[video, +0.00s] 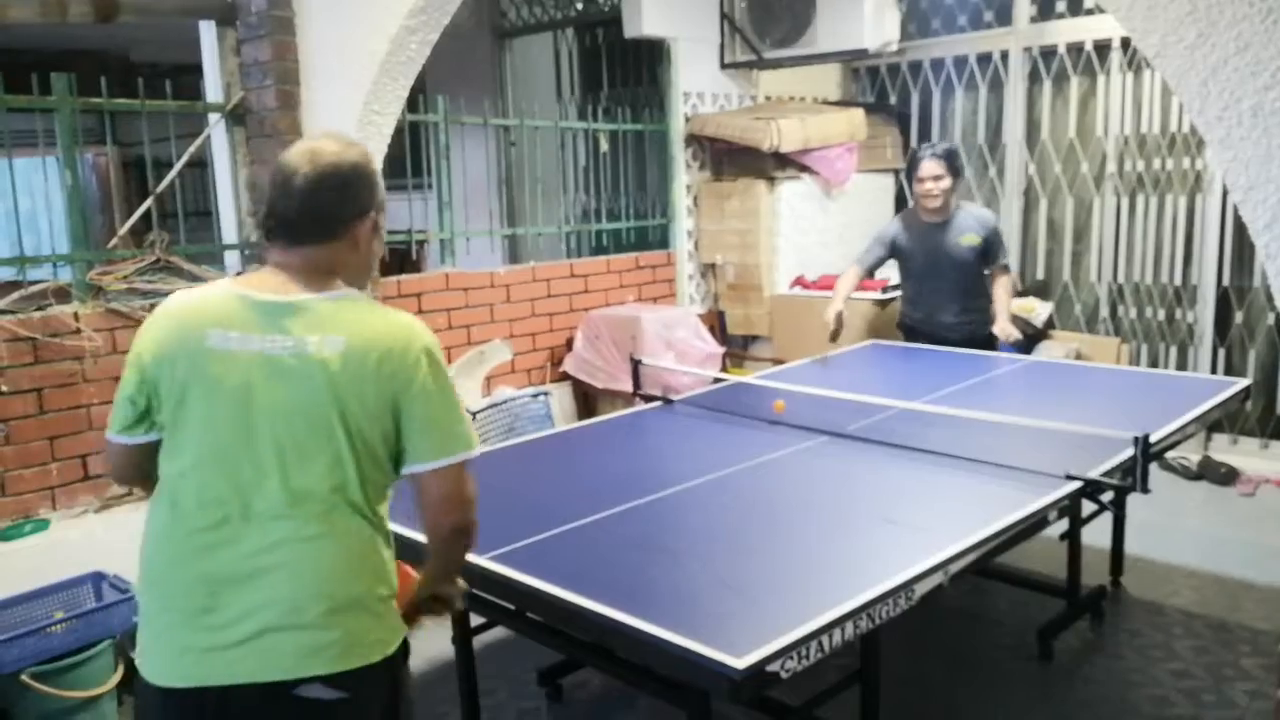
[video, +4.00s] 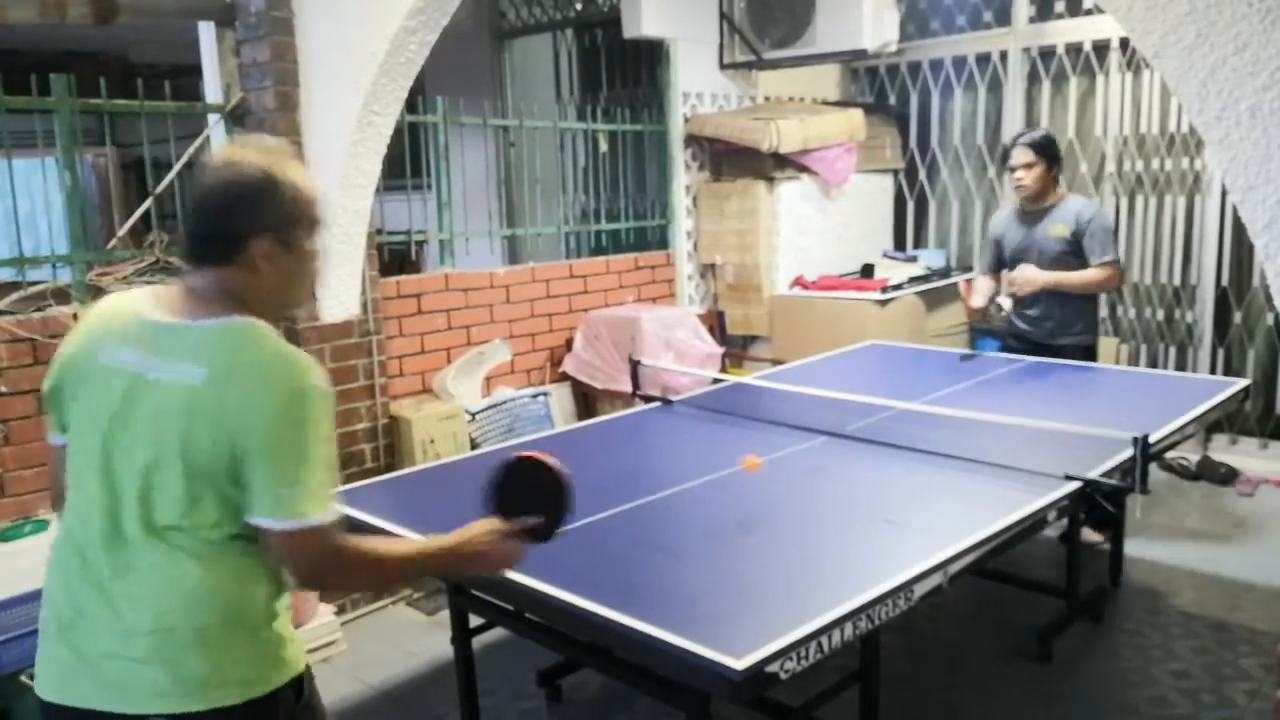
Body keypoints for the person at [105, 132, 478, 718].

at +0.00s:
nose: (378, 243)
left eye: (380, 227)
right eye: (379, 227)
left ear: (269, 222)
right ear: (366, 231)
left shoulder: (175, 319)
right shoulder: (397, 340)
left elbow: (125, 463)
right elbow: (452, 518)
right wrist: (436, 583)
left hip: (181, 666)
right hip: (335, 660)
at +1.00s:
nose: (183, 241)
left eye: (182, 220)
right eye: (179, 219)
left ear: (59, 234)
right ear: (147, 211)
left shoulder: (16, 336)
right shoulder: (182, 330)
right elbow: (243, 523)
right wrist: (348, 656)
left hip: (85, 674)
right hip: (218, 676)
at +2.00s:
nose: (202, 230)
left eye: (203, 212)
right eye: (201, 212)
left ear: (75, 219)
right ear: (175, 219)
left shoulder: (15, 340)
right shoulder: (201, 356)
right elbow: (256, 551)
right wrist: (359, 678)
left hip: (56, 682)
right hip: (198, 686)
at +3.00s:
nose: (181, 231)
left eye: (180, 212)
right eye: (174, 212)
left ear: (52, 226)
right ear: (133, 231)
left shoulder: (10, 335)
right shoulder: (193, 340)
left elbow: (8, 513)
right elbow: (255, 523)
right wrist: (338, 611)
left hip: (60, 671)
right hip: (205, 666)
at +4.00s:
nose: (317, 256)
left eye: (315, 237)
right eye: (308, 239)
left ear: (199, 245)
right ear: (260, 251)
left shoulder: (99, 326)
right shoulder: (280, 376)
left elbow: (66, 495)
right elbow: (311, 561)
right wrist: (452, 553)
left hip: (75, 670)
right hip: (219, 681)